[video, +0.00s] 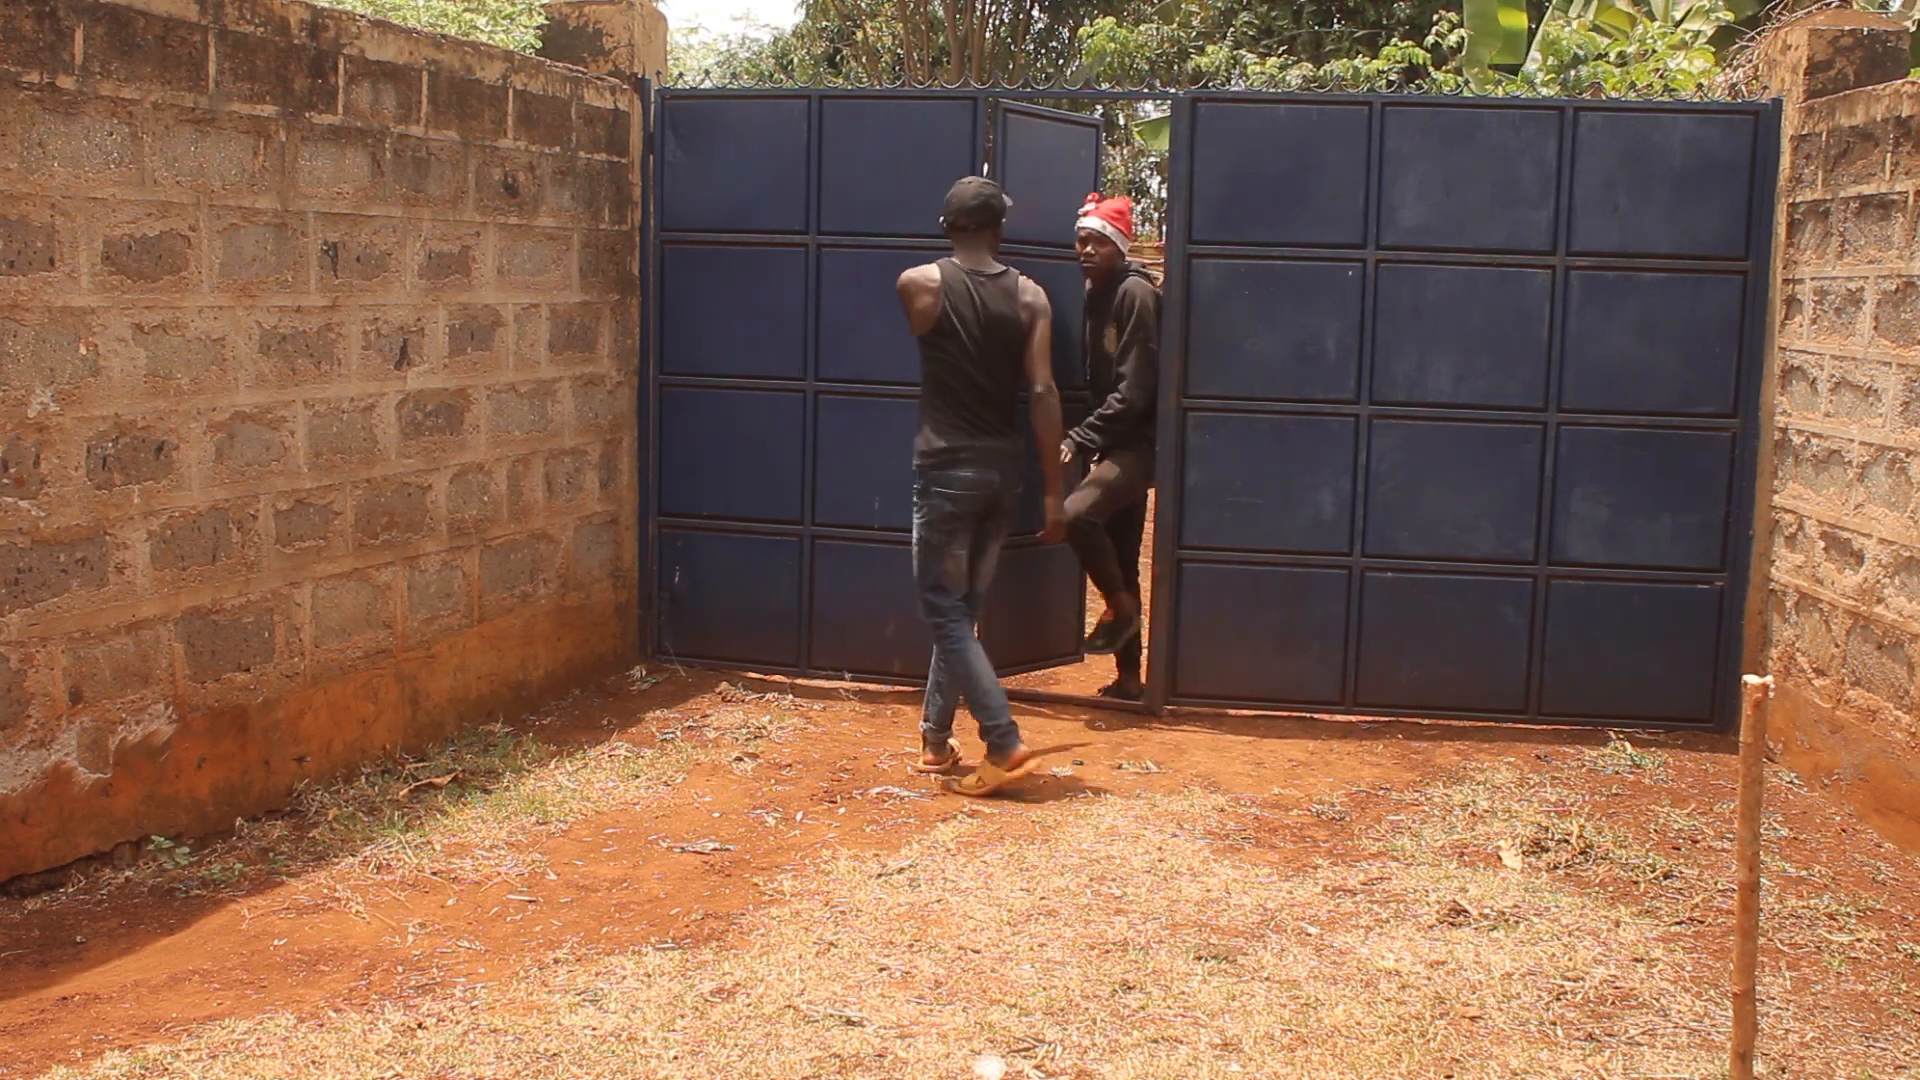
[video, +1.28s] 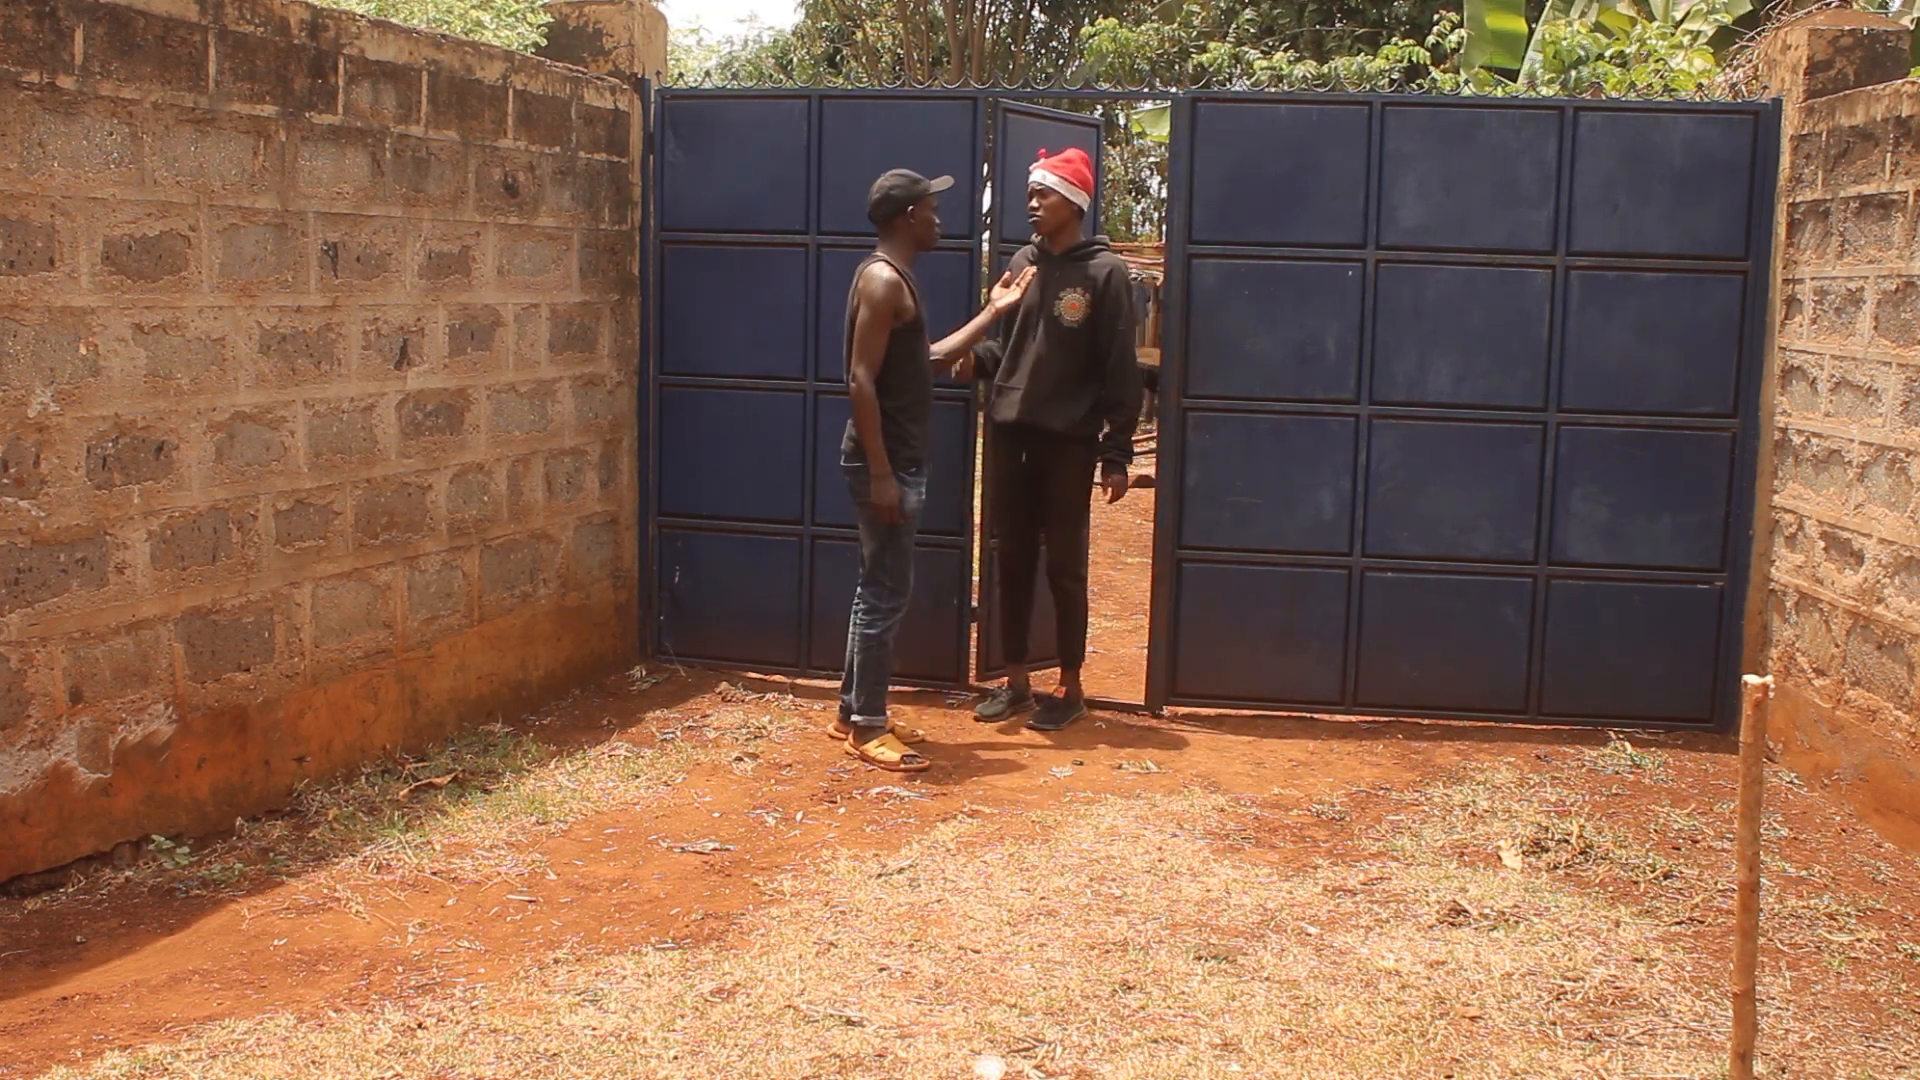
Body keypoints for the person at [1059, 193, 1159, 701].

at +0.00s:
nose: (1084, 249)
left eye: (1096, 240)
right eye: (1081, 240)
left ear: (1122, 246)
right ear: (1079, 245)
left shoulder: (1137, 294)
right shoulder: (1097, 296)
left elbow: (1136, 391)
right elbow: (1101, 382)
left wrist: (1079, 437)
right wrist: (1085, 439)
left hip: (1138, 442)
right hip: (1112, 441)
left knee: (1077, 513)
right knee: (1121, 555)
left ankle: (1120, 605)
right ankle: (1129, 676)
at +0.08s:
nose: (1078, 248)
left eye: (1090, 239)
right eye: (1074, 238)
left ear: (1116, 245)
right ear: (1071, 242)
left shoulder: (1131, 295)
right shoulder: (1089, 293)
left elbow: (1132, 396)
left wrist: (1077, 440)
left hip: (1134, 443)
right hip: (1104, 441)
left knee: (1070, 514)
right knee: (1115, 563)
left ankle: (1089, 631)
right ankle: (1128, 676)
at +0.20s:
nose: (1068, 246)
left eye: (1079, 238)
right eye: (1064, 237)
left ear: (1106, 244)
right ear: (1063, 241)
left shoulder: (1123, 293)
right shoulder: (1082, 292)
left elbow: (1129, 395)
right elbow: (1083, 375)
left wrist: (1080, 444)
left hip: (1123, 447)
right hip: (1096, 446)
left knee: (1065, 546)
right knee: (1107, 563)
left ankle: (1068, 686)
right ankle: (1127, 675)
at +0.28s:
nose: (1064, 246)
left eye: (1076, 237)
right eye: (1060, 236)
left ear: (1102, 243)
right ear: (1057, 241)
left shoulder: (1118, 298)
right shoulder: (1075, 294)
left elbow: (1127, 400)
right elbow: (1078, 385)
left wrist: (1078, 452)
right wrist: (1067, 443)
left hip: (1115, 452)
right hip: (1086, 447)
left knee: (1059, 558)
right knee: (1102, 566)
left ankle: (1068, 691)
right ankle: (1126, 674)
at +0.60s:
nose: (1056, 223)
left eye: (1069, 214)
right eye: (1053, 212)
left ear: (1098, 221)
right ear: (1049, 216)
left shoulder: (1121, 281)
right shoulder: (1052, 276)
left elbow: (1123, 386)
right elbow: (1050, 358)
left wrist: (1079, 448)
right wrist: (1041, 428)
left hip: (1095, 444)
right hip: (1047, 437)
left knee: (1064, 564)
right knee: (1025, 554)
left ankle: (1071, 694)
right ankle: (1105, 621)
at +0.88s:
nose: (1052, 211)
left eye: (1064, 202)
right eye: (1050, 201)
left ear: (1096, 210)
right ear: (1049, 206)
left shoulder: (1125, 276)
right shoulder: (1042, 266)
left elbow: (1131, 377)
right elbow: (1030, 352)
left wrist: (1097, 448)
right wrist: (1011, 417)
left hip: (1085, 440)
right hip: (1029, 430)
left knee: (1070, 564)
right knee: (989, 537)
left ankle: (1069, 688)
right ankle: (1055, 618)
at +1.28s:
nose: (1032, 204)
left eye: (1044, 195)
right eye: (1031, 195)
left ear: (1075, 203)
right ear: (1036, 202)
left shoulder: (1107, 271)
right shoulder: (1021, 266)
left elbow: (1124, 369)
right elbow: (1002, 345)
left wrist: (1118, 453)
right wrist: (970, 358)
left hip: (1068, 438)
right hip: (1007, 433)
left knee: (1065, 564)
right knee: (1010, 558)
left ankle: (1069, 687)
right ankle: (1014, 681)